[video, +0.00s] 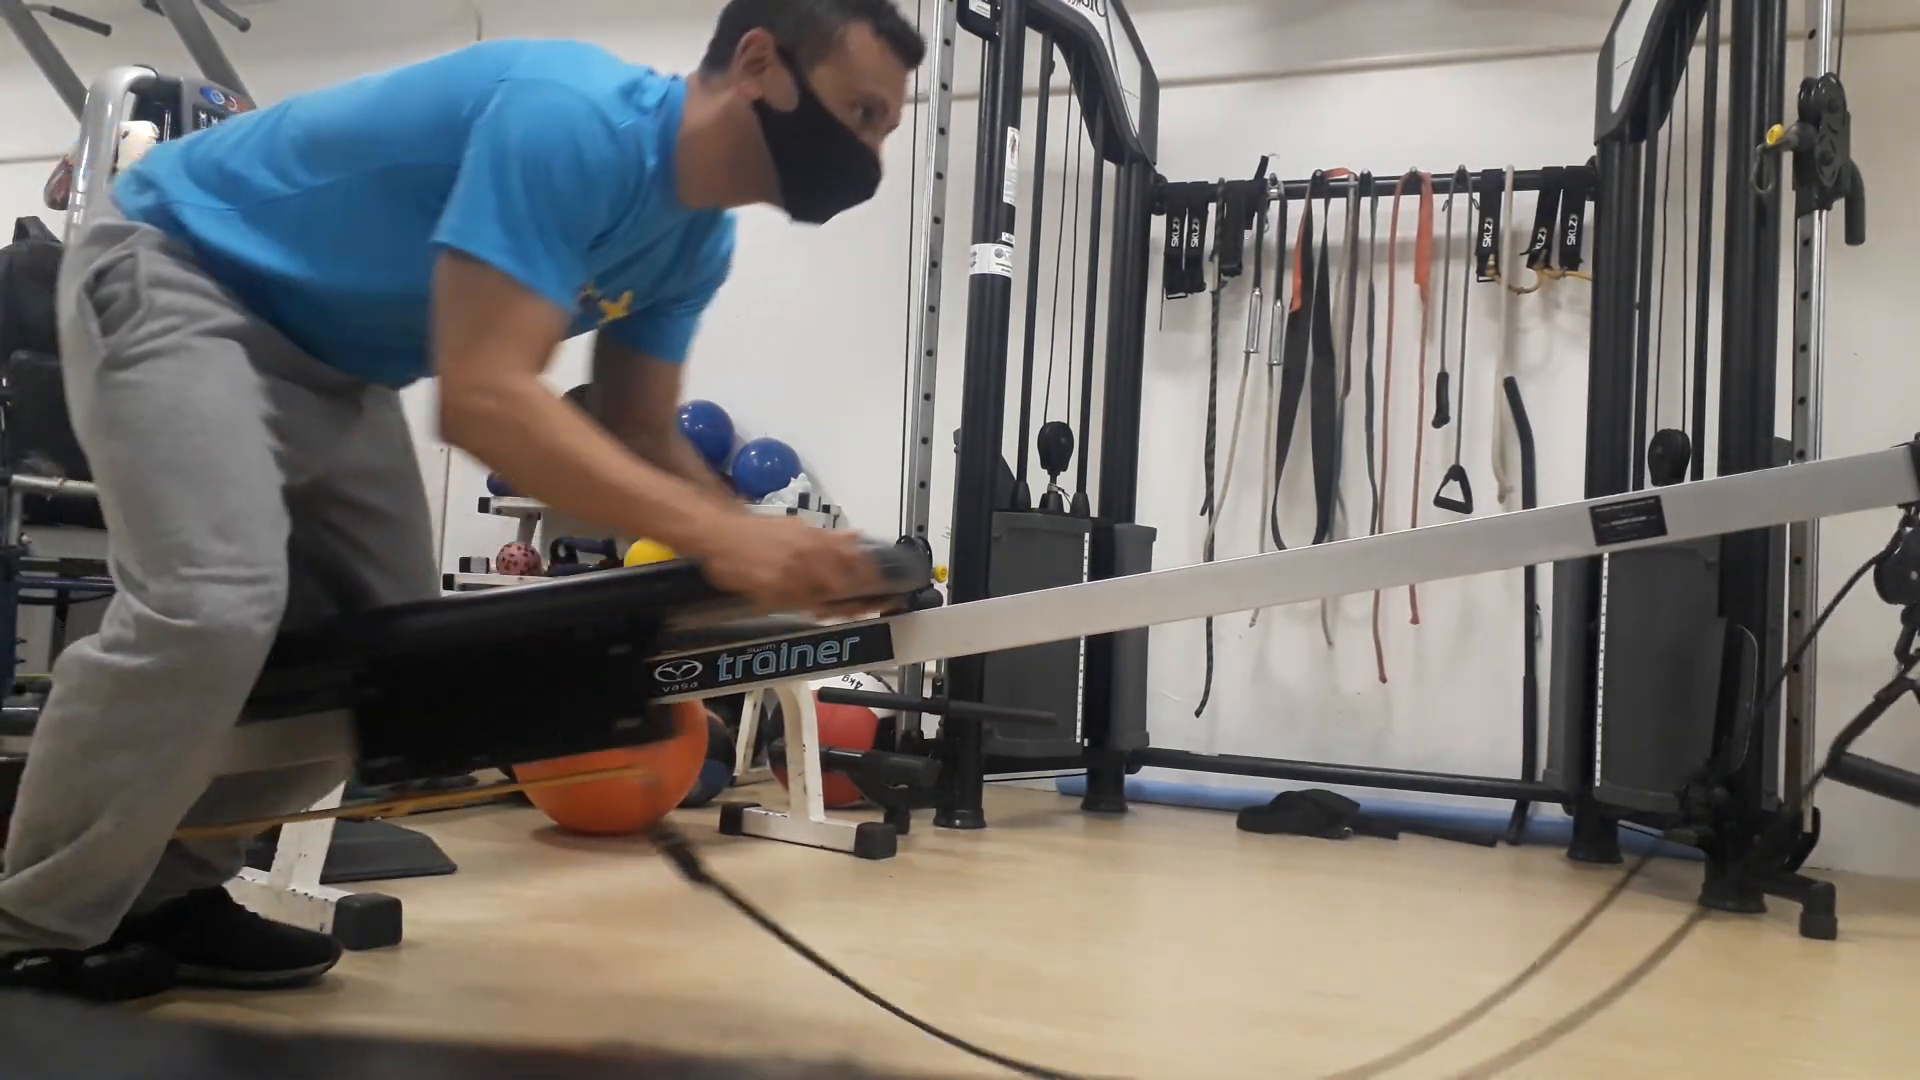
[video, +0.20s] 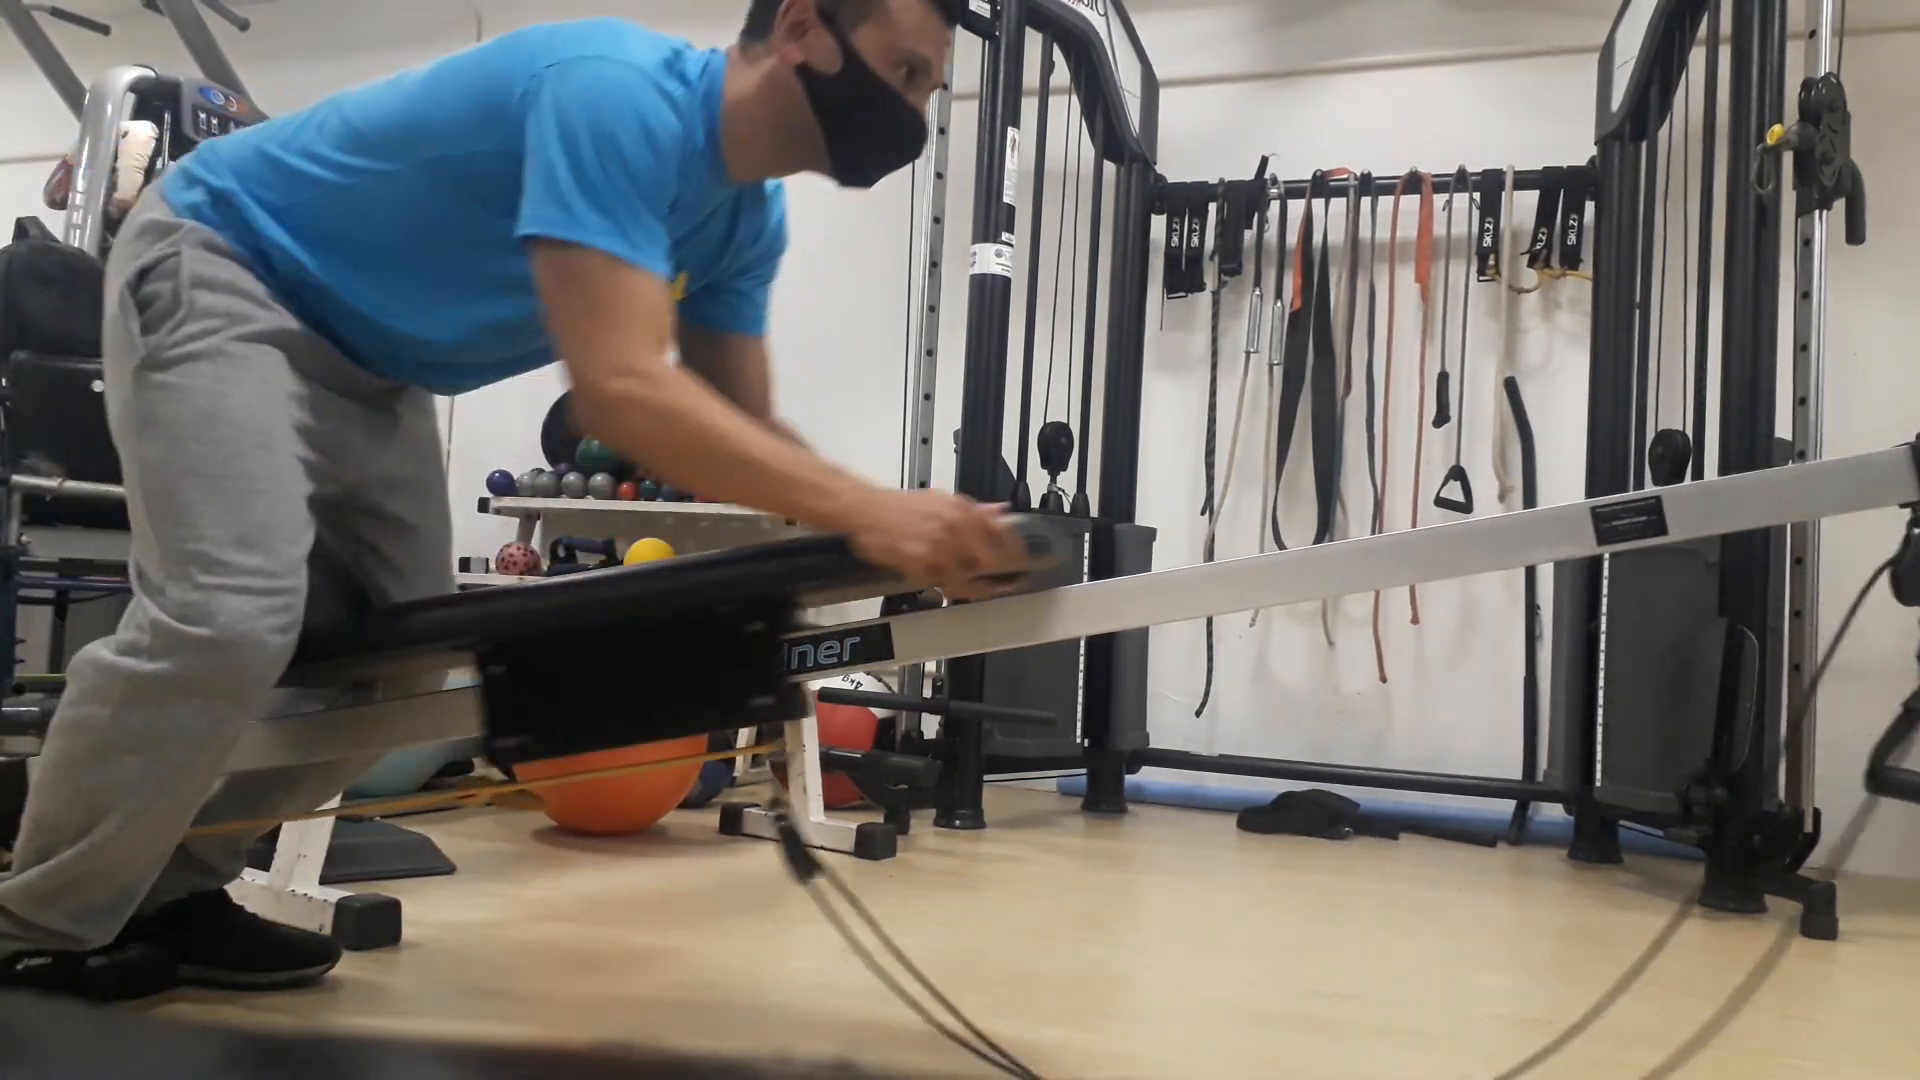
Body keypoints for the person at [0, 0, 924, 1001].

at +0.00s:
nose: (867, 149)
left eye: (884, 128)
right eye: (857, 109)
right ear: (756, 63)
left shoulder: (696, 234)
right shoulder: (567, 120)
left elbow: (636, 425)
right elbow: (482, 400)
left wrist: (759, 540)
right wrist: (723, 532)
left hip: (331, 358)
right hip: (173, 267)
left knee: (394, 647)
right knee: (210, 607)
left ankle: (165, 891)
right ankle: (30, 928)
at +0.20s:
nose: (917, 110)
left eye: (930, 85)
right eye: (901, 69)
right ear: (801, 25)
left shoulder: (748, 210)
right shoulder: (616, 91)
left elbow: (741, 421)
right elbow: (619, 390)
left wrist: (881, 524)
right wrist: (859, 508)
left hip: (373, 363)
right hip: (224, 262)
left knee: (410, 671)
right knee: (228, 622)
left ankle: (173, 880)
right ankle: (38, 929)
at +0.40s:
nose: (959, 78)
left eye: (975, 59)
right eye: (950, 40)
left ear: (854, 34)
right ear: (855, 6)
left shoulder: (797, 179)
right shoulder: (671, 68)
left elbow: (811, 395)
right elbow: (712, 360)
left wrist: (973, 502)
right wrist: (950, 492)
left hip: (406, 355)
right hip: (264, 260)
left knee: (397, 661)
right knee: (231, 623)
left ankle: (169, 882)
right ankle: (39, 923)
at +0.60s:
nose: (998, 82)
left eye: (1012, 59)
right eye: (1002, 49)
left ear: (940, 36)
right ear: (932, 17)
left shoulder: (846, 160)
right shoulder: (728, 45)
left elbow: (820, 380)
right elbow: (710, 340)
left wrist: (956, 503)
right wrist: (937, 500)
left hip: (451, 352)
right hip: (322, 257)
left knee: (397, 668)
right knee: (238, 640)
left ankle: (172, 878)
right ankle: (38, 923)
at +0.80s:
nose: (1041, 73)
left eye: (1057, 58)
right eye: (1040, 40)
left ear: (1005, 49)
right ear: (968, 1)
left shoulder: (894, 164)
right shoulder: (784, 49)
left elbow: (823, 376)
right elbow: (700, 341)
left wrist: (947, 511)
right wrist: (922, 503)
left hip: (492, 377)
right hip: (371, 275)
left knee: (420, 681)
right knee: (254, 659)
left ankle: (178, 875)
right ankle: (43, 929)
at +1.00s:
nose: (1051, 143)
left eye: (1075, 127)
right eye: (1061, 110)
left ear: (1026, 60)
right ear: (1012, 28)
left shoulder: (942, 189)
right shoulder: (827, 65)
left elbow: (836, 373)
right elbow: (699, 340)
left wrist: (940, 512)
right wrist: (909, 500)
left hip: (525, 401)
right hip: (416, 302)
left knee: (434, 695)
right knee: (282, 673)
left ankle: (181, 882)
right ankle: (47, 939)